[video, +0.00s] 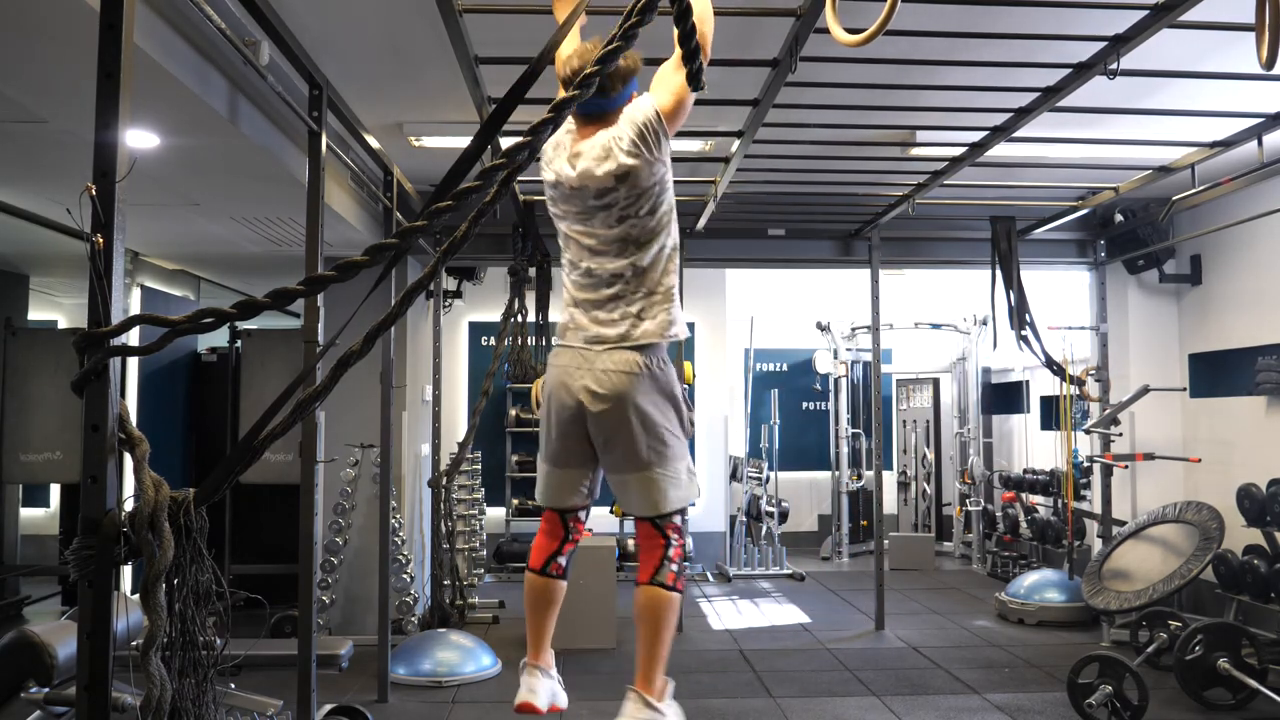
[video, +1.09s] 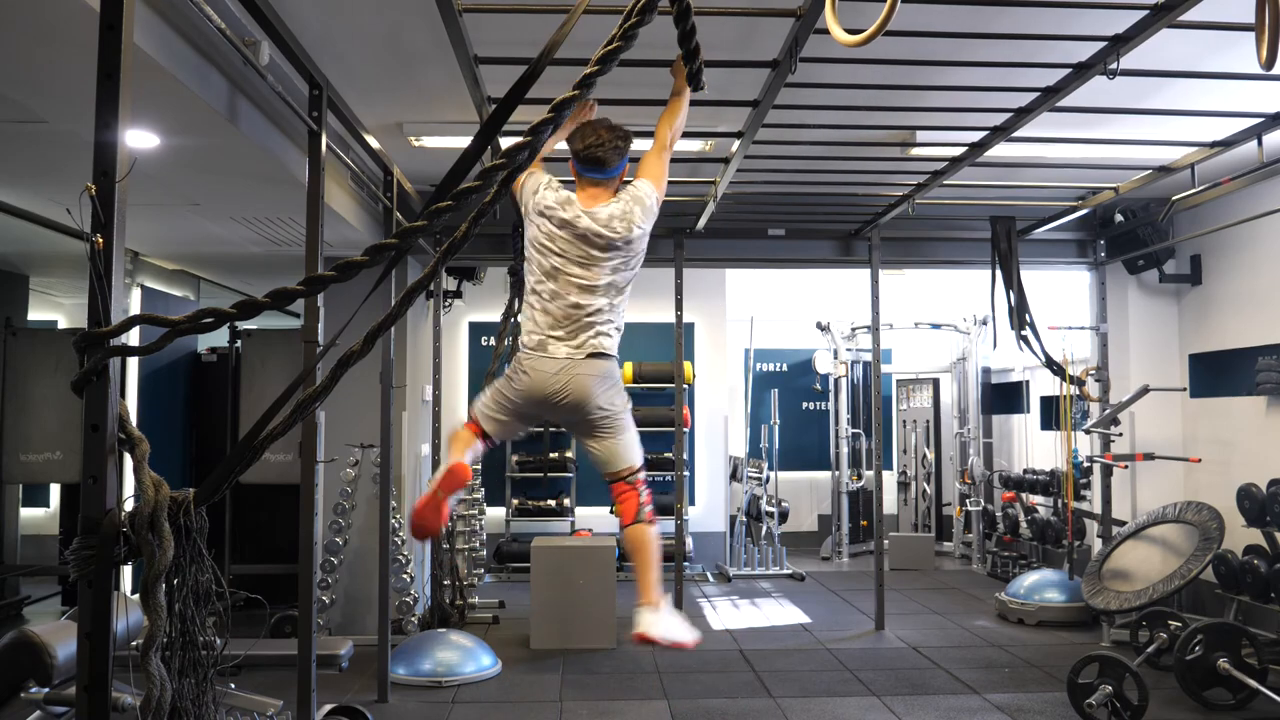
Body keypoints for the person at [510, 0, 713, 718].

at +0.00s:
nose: (644, 89)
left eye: (631, 80)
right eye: (638, 81)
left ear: (572, 95)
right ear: (628, 94)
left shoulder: (556, 156)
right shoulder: (641, 137)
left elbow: (569, 67)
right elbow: (697, 50)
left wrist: (570, 15)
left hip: (566, 364)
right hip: (633, 366)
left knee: (556, 524)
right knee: (661, 533)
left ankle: (537, 672)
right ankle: (648, 693)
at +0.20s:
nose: (660, 115)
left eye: (653, 109)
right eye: (653, 111)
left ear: (591, 124)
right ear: (642, 123)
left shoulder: (575, 171)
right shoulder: (657, 160)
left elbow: (577, 89)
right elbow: (700, 65)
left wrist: (569, 19)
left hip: (594, 371)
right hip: (660, 374)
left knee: (556, 511)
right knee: (739, 507)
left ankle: (478, 585)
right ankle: (754, 647)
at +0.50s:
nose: (667, 146)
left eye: (628, 138)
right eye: (671, 136)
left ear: (621, 142)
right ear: (676, 138)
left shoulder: (605, 181)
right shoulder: (703, 178)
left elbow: (586, 96)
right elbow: (704, 114)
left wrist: (571, 24)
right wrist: (684, 63)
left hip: (625, 363)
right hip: (695, 374)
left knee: (516, 409)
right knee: (676, 513)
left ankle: (471, 506)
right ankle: (699, 615)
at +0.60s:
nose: (684, 149)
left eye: (622, 142)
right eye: (677, 142)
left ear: (632, 149)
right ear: (677, 150)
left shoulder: (617, 185)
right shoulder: (700, 187)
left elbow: (589, 96)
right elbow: (695, 110)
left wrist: (572, 23)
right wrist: (687, 39)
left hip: (631, 362)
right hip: (690, 377)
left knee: (515, 413)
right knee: (633, 514)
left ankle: (428, 506)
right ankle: (596, 623)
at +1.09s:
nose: (622, 169)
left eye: (583, 160)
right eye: (618, 162)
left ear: (571, 167)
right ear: (621, 171)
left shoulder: (541, 201)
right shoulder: (635, 215)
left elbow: (527, 159)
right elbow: (664, 144)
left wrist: (568, 121)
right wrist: (681, 90)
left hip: (532, 370)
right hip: (594, 375)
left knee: (474, 427)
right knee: (631, 489)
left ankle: (457, 462)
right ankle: (653, 606)